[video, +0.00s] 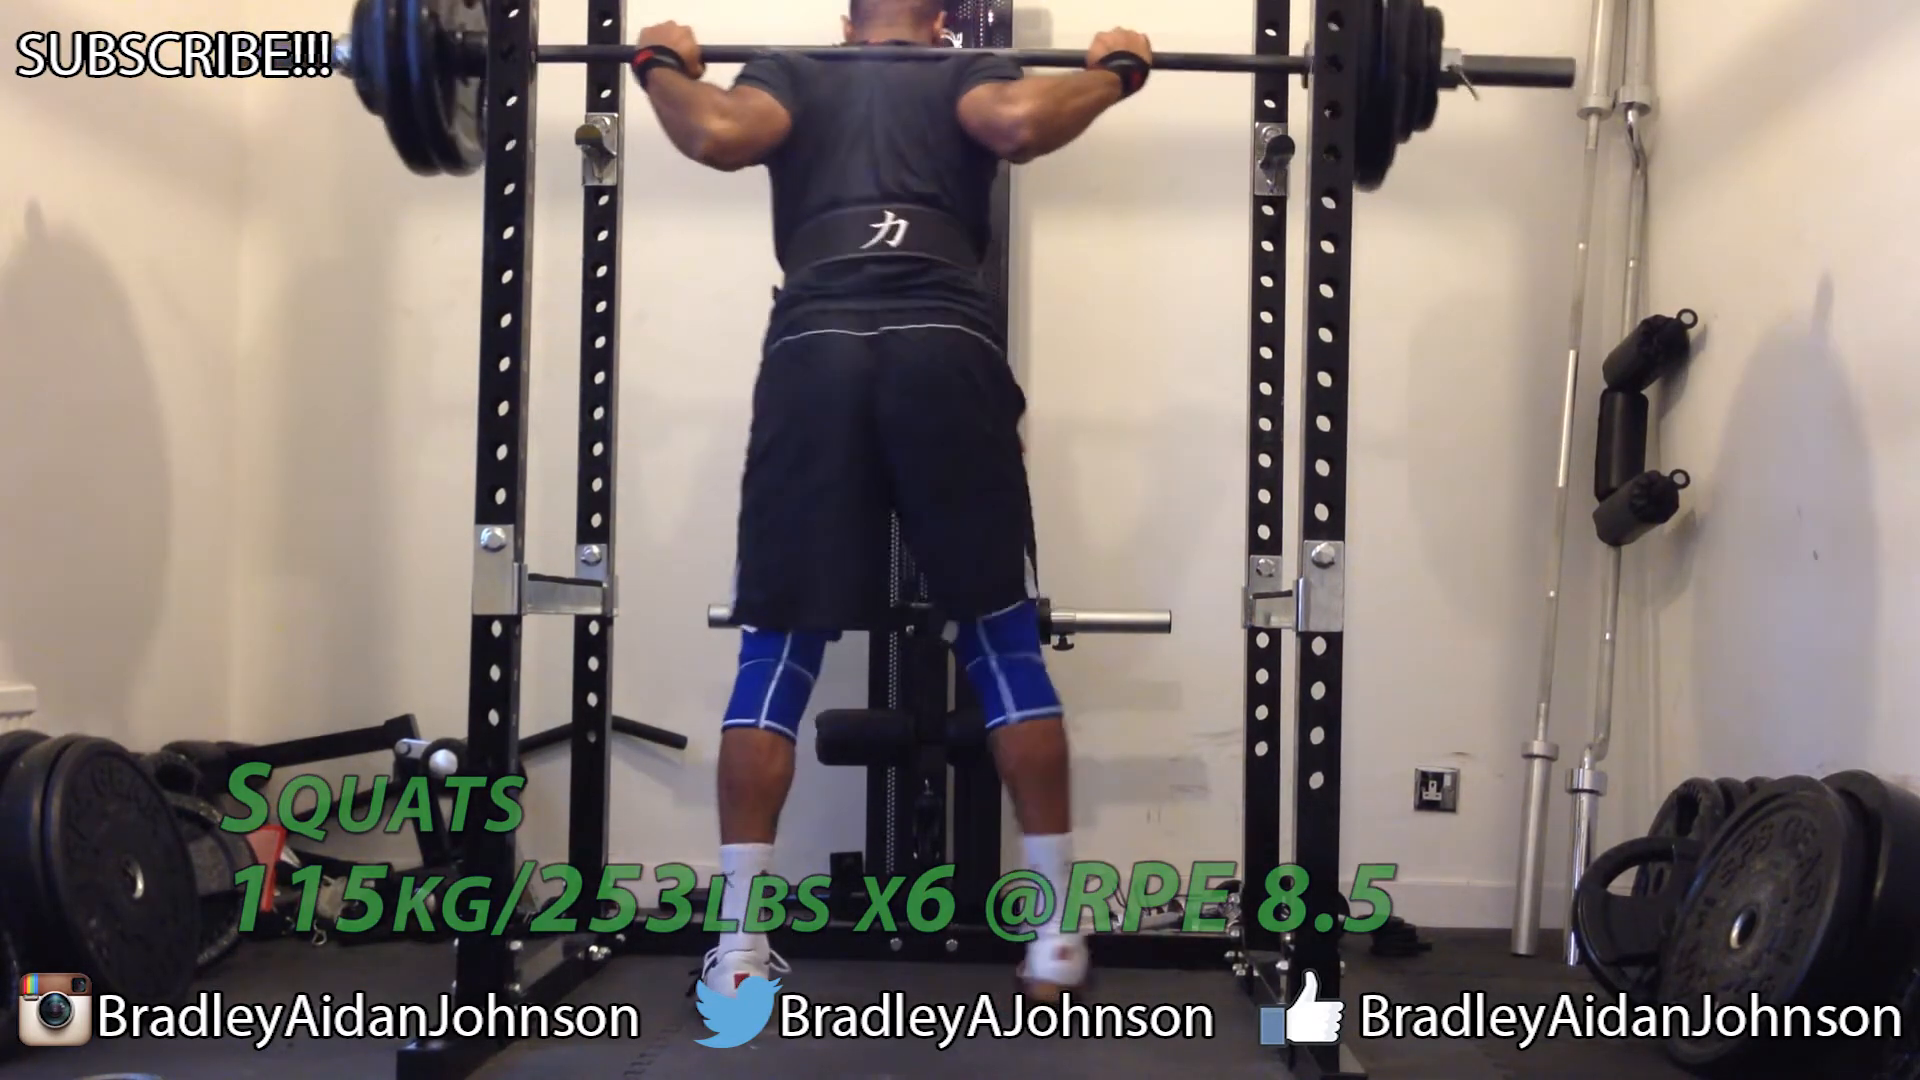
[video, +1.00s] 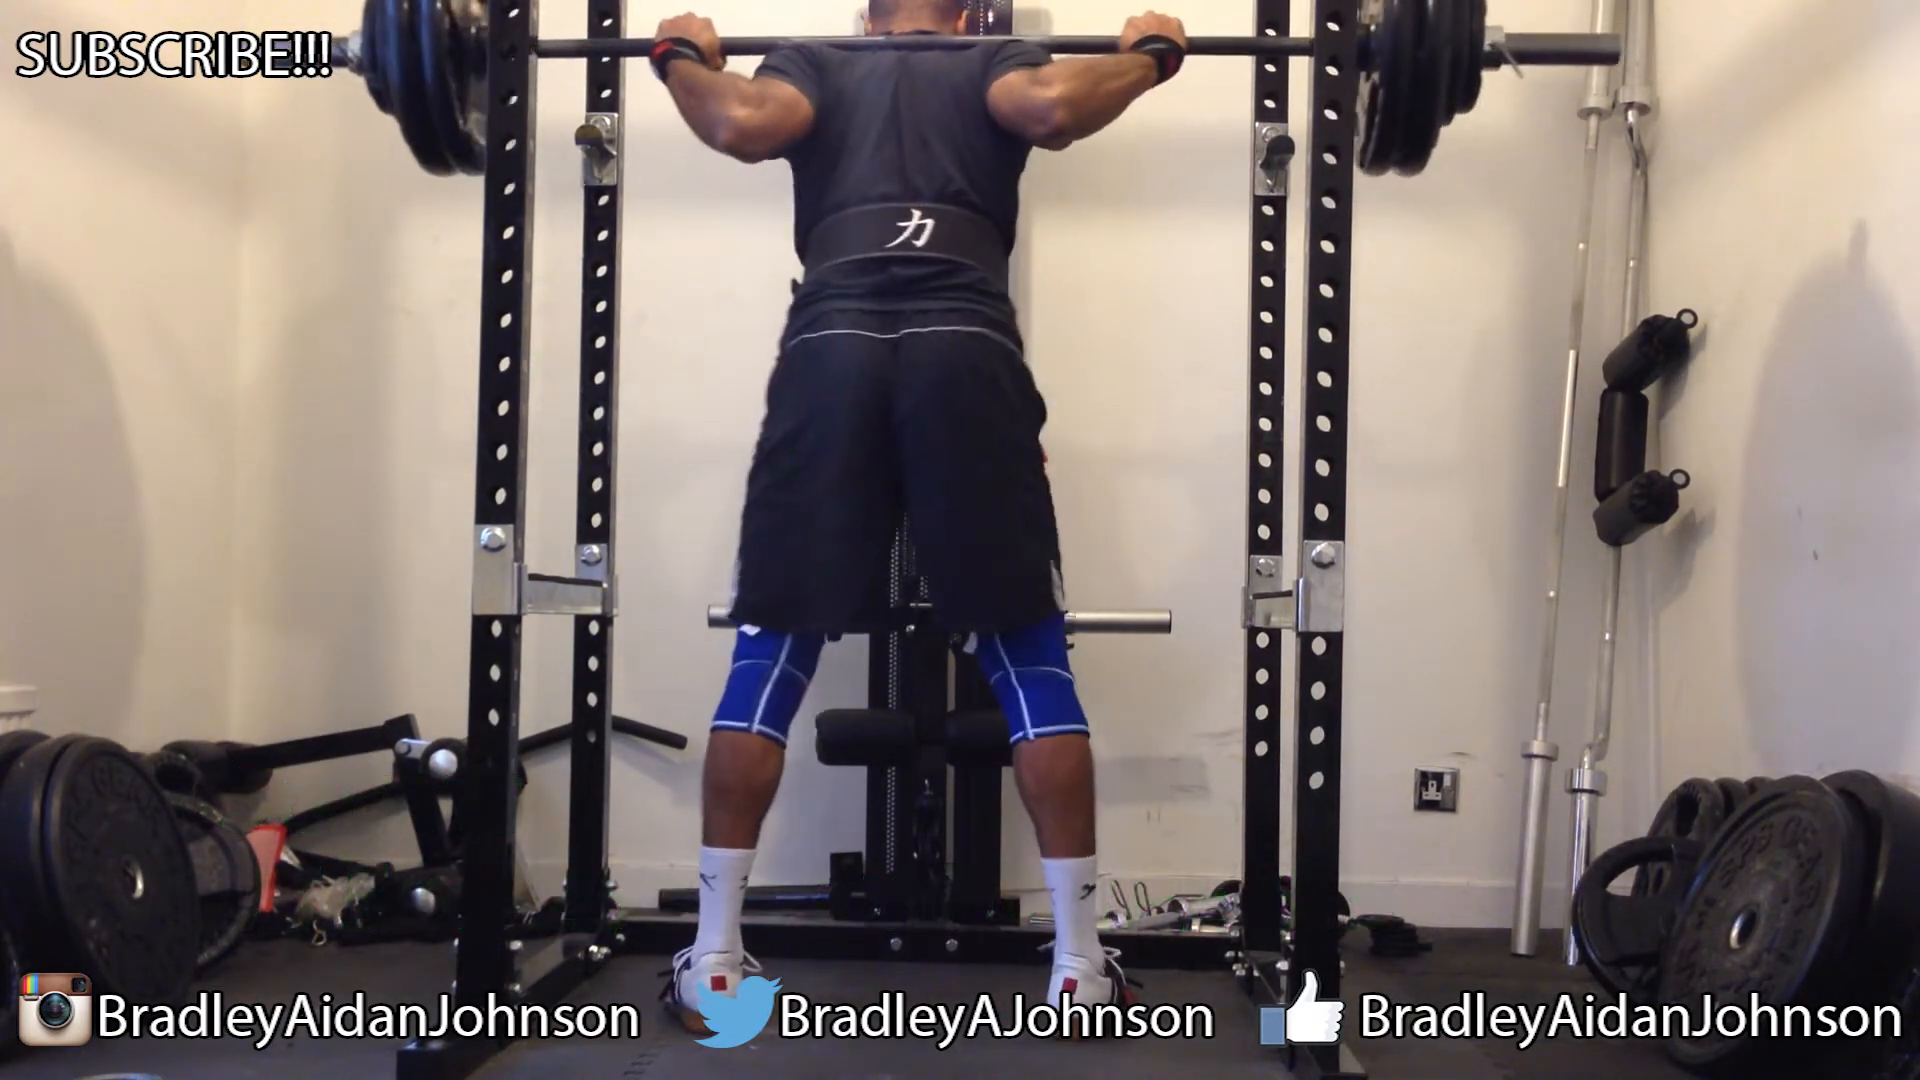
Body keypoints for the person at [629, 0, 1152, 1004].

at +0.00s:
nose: (938, 26)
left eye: (917, 20)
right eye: (942, 21)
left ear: (848, 24)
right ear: (939, 25)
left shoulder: (790, 68)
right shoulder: (970, 68)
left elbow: (714, 135)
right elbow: (1014, 125)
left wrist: (666, 72)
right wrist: (1103, 79)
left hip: (813, 361)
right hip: (947, 356)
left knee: (779, 650)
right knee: (1004, 639)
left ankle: (739, 948)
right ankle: (1056, 927)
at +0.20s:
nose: (955, 21)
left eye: (855, 11)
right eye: (955, 13)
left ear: (847, 14)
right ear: (950, 12)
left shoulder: (794, 61)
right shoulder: (975, 55)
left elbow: (719, 129)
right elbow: (1022, 117)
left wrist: (666, 67)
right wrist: (1111, 62)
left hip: (817, 358)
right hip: (949, 355)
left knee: (777, 659)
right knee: (1011, 650)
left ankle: (741, 950)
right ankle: (1073, 942)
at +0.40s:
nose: (991, 20)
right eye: (991, 13)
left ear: (877, 17)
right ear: (980, 14)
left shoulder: (828, 63)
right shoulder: (1009, 56)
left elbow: (759, 134)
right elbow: (1062, 114)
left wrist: (701, 71)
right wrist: (1152, 57)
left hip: (852, 359)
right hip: (986, 355)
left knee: (797, 655)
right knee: (1036, 660)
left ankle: (741, 959)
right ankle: (1080, 968)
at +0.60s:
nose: (1008, 18)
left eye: (897, 15)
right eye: (1003, 11)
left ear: (894, 18)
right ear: (997, 16)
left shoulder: (846, 65)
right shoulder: (1029, 57)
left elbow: (783, 128)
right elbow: (1091, 100)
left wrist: (727, 66)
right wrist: (1177, 50)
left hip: (870, 362)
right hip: (1009, 359)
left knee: (797, 653)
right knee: (1049, 664)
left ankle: (722, 952)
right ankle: (1081, 971)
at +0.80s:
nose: (994, 19)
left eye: (885, 14)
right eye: (992, 12)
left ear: (881, 16)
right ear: (985, 16)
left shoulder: (830, 63)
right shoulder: (1016, 58)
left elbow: (764, 129)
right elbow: (1072, 107)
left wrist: (709, 69)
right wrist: (1158, 55)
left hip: (851, 366)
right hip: (990, 362)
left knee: (783, 658)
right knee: (1038, 666)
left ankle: (716, 957)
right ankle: (1079, 972)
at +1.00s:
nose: (978, 20)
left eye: (963, 19)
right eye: (978, 14)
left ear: (868, 17)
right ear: (970, 16)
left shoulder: (811, 61)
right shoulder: (995, 59)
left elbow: (738, 125)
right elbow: (1046, 110)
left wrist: (686, 65)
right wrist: (1144, 56)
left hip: (828, 366)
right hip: (967, 363)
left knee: (768, 652)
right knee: (1029, 655)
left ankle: (714, 954)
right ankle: (1079, 965)